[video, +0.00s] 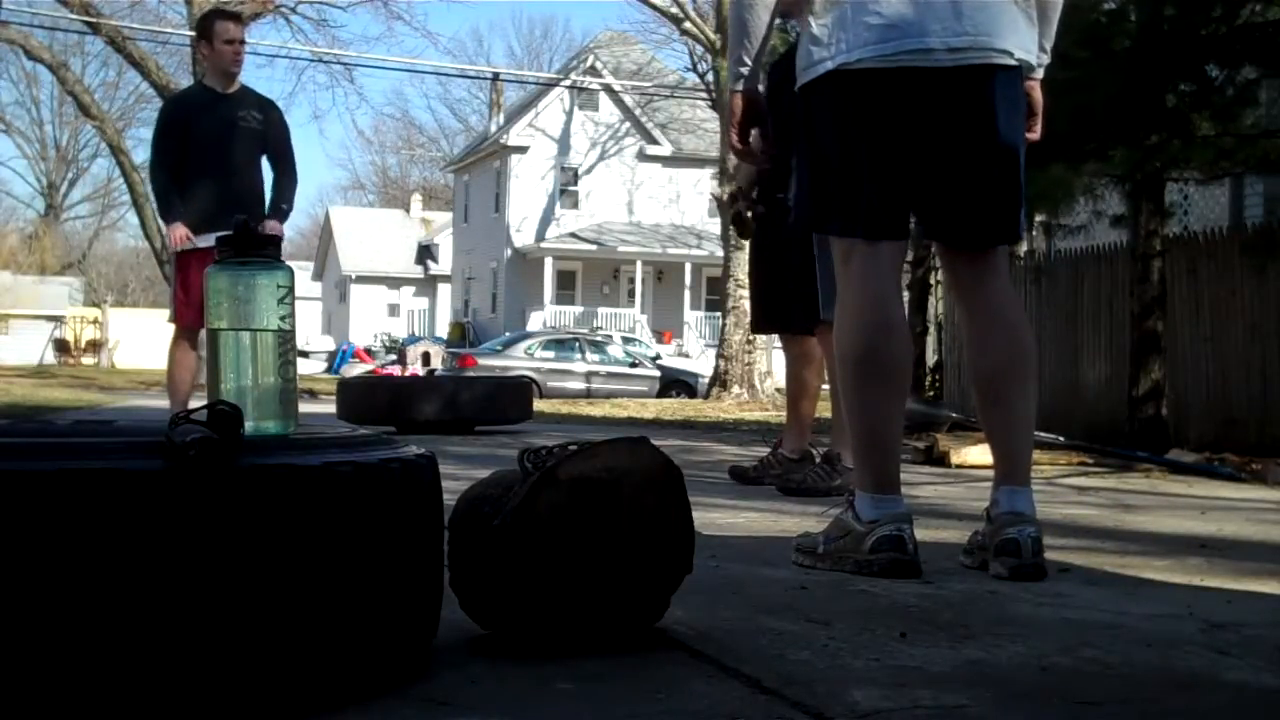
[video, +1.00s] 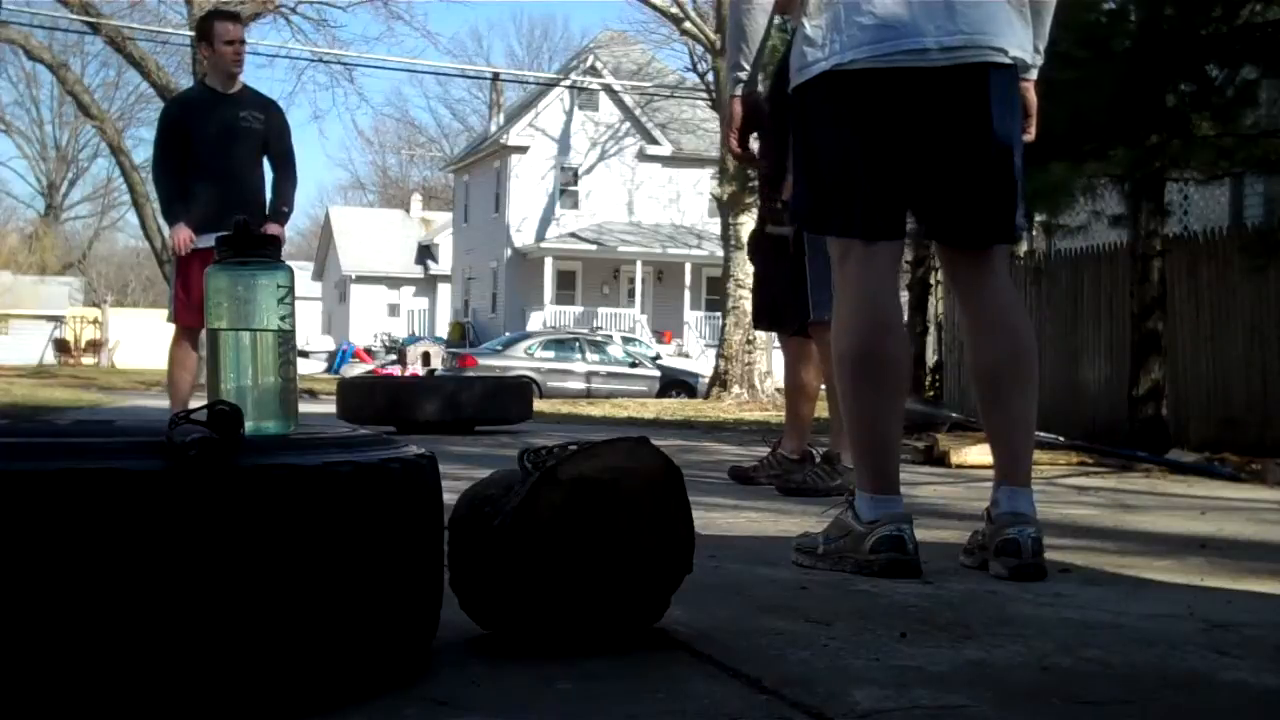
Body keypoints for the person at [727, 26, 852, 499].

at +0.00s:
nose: (784, 6)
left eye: (792, 2)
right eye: (785, 3)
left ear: (813, 3)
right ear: (787, 8)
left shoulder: (840, 53)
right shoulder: (785, 58)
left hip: (830, 203)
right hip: (782, 205)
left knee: (834, 325)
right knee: (795, 324)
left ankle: (843, 457)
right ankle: (794, 448)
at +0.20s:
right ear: (793, 1)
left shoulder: (838, 47)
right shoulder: (785, 48)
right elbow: (772, 147)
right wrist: (745, 213)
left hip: (831, 208)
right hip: (783, 210)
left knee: (835, 331)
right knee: (796, 330)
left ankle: (845, 458)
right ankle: (794, 449)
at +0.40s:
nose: (780, 2)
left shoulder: (825, 46)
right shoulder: (792, 45)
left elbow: (807, 131)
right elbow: (785, 124)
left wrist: (771, 187)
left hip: (825, 205)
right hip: (787, 204)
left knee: (833, 332)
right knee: (797, 332)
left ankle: (846, 459)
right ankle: (794, 449)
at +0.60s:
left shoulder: (825, 39)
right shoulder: (786, 35)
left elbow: (820, 109)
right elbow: (777, 102)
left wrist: (781, 167)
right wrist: (764, 153)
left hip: (823, 195)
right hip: (783, 195)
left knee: (832, 328)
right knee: (796, 329)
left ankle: (846, 459)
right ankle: (794, 450)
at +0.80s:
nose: (780, 1)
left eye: (785, 0)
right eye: (782, 2)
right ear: (798, 0)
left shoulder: (817, 40)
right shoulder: (791, 35)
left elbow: (806, 125)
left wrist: (774, 194)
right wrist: (771, 179)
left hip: (823, 201)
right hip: (790, 202)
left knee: (830, 329)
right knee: (797, 328)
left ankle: (844, 460)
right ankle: (794, 450)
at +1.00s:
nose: (777, 4)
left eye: (783, 1)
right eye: (778, 3)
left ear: (802, 1)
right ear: (786, 7)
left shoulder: (826, 47)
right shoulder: (788, 44)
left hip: (822, 213)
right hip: (779, 213)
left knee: (829, 331)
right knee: (794, 331)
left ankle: (843, 459)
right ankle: (794, 450)